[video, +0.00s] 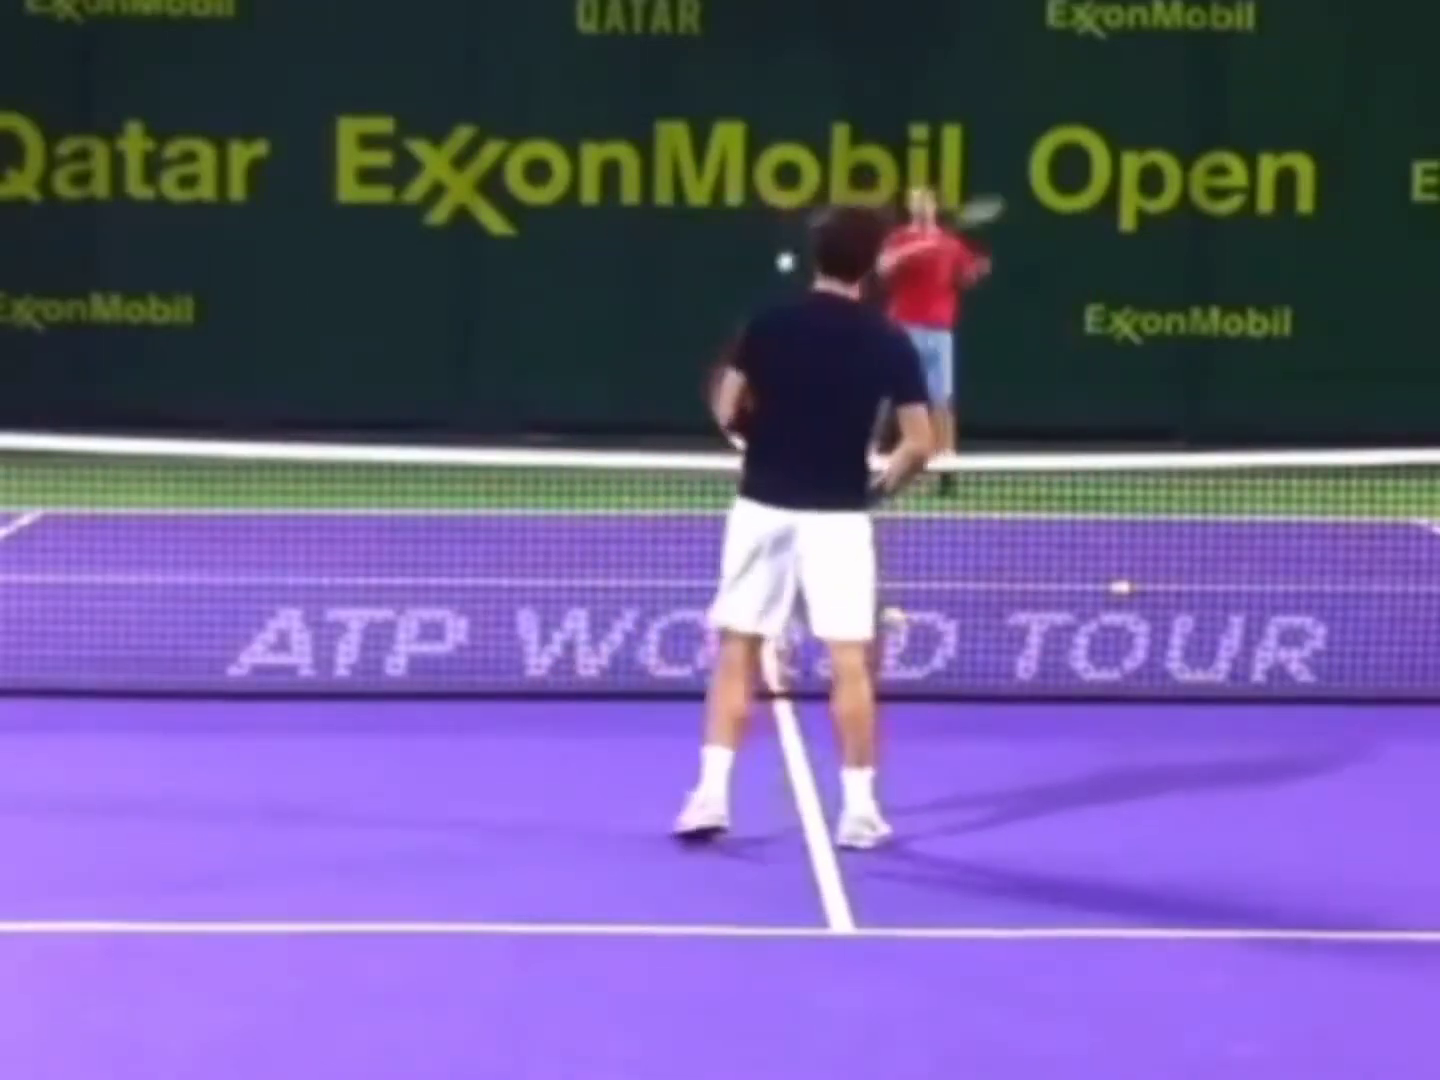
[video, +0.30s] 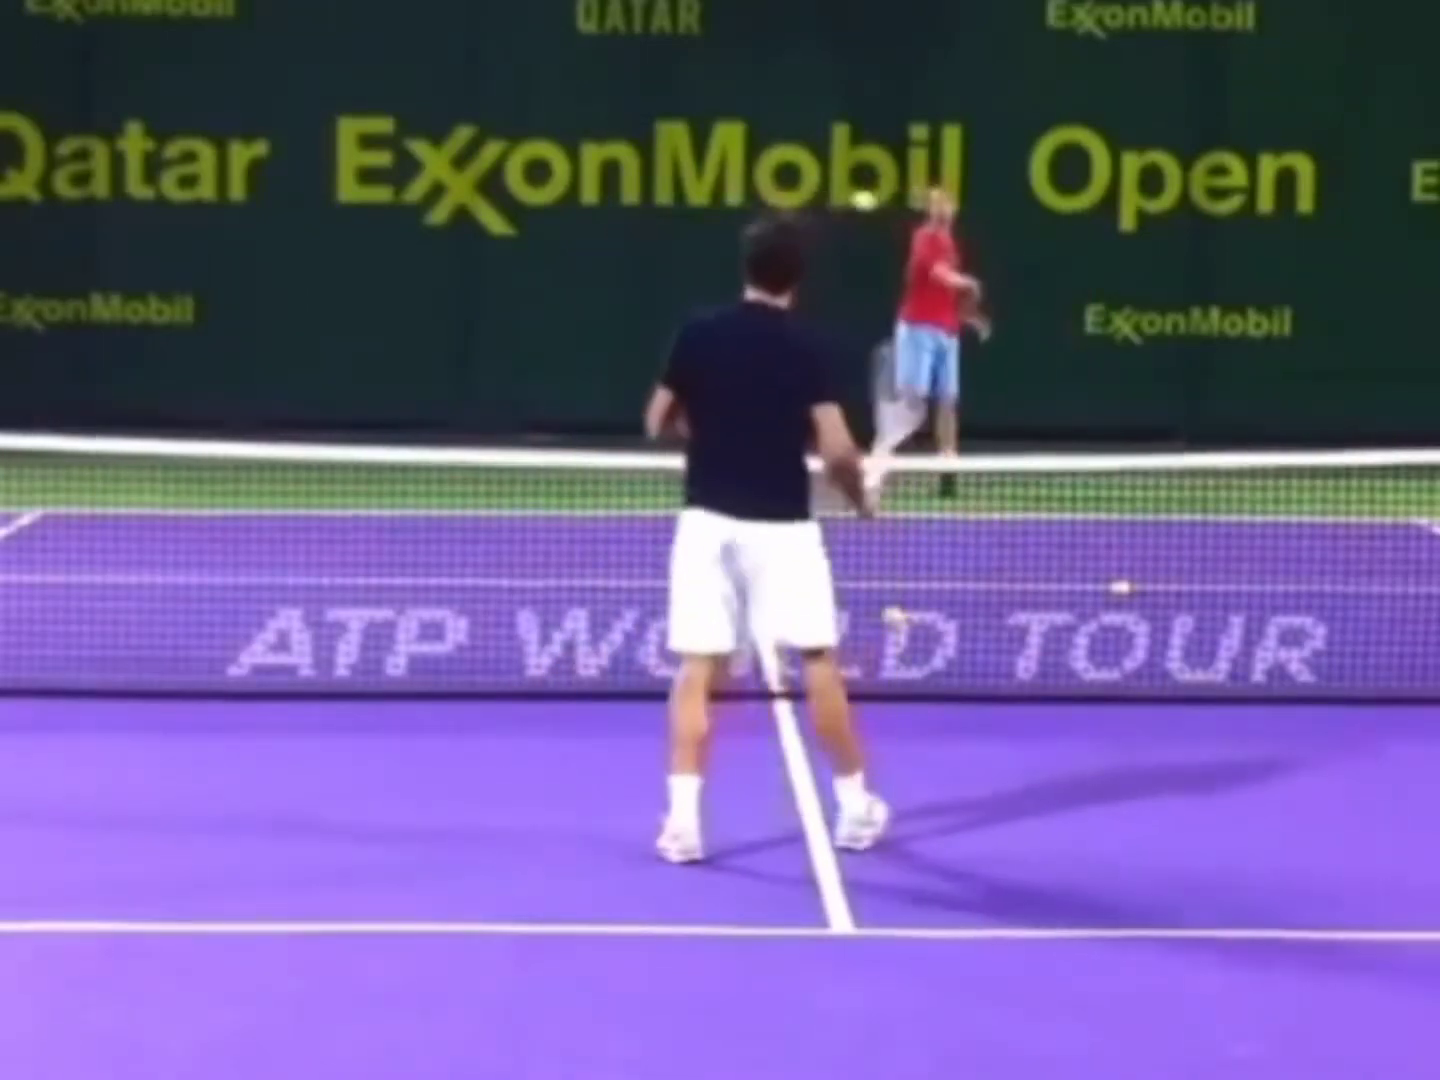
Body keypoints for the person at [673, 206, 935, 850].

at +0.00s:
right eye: (877, 264)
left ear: (814, 261)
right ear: (871, 269)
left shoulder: (771, 322)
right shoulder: (888, 343)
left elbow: (726, 405)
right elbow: (921, 441)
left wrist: (756, 436)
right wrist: (883, 472)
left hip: (762, 508)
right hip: (838, 517)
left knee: (737, 649)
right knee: (849, 660)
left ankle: (712, 790)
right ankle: (859, 805)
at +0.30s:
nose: (790, 281)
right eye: (795, 272)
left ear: (743, 273)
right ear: (799, 278)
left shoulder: (701, 334)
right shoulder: (807, 346)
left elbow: (658, 422)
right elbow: (836, 450)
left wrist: (709, 432)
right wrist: (857, 489)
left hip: (706, 522)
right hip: (783, 528)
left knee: (696, 668)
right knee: (820, 663)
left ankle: (682, 817)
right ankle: (855, 802)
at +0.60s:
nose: (777, 279)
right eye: (779, 270)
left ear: (722, 260)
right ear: (774, 274)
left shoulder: (666, 316)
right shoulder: (767, 341)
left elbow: (591, 389)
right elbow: (803, 441)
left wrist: (625, 446)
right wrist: (862, 487)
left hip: (657, 517)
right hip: (733, 523)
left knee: (664, 666)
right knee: (764, 662)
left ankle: (675, 815)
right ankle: (758, 810)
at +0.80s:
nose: (771, 281)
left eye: (765, 268)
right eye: (774, 272)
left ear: (714, 261)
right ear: (768, 277)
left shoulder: (659, 317)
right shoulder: (765, 348)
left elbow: (588, 389)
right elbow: (767, 446)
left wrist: (634, 424)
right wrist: (773, 453)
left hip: (646, 515)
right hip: (716, 522)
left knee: (659, 671)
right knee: (715, 672)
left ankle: (673, 813)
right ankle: (698, 812)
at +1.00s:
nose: (765, 287)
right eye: (767, 278)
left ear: (707, 268)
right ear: (764, 285)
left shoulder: (654, 323)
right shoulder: (765, 358)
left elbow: (596, 408)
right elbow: (763, 450)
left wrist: (652, 413)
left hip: (633, 523)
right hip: (707, 530)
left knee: (649, 676)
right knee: (697, 683)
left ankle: (665, 811)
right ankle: (690, 827)